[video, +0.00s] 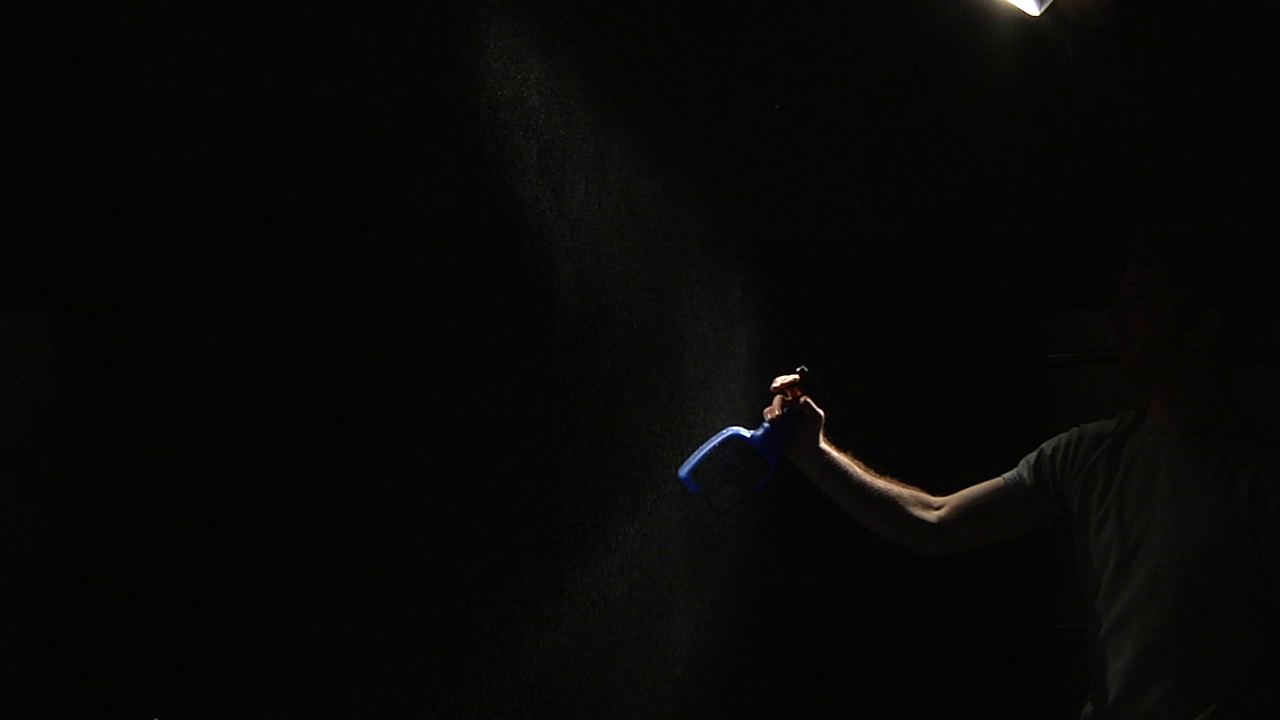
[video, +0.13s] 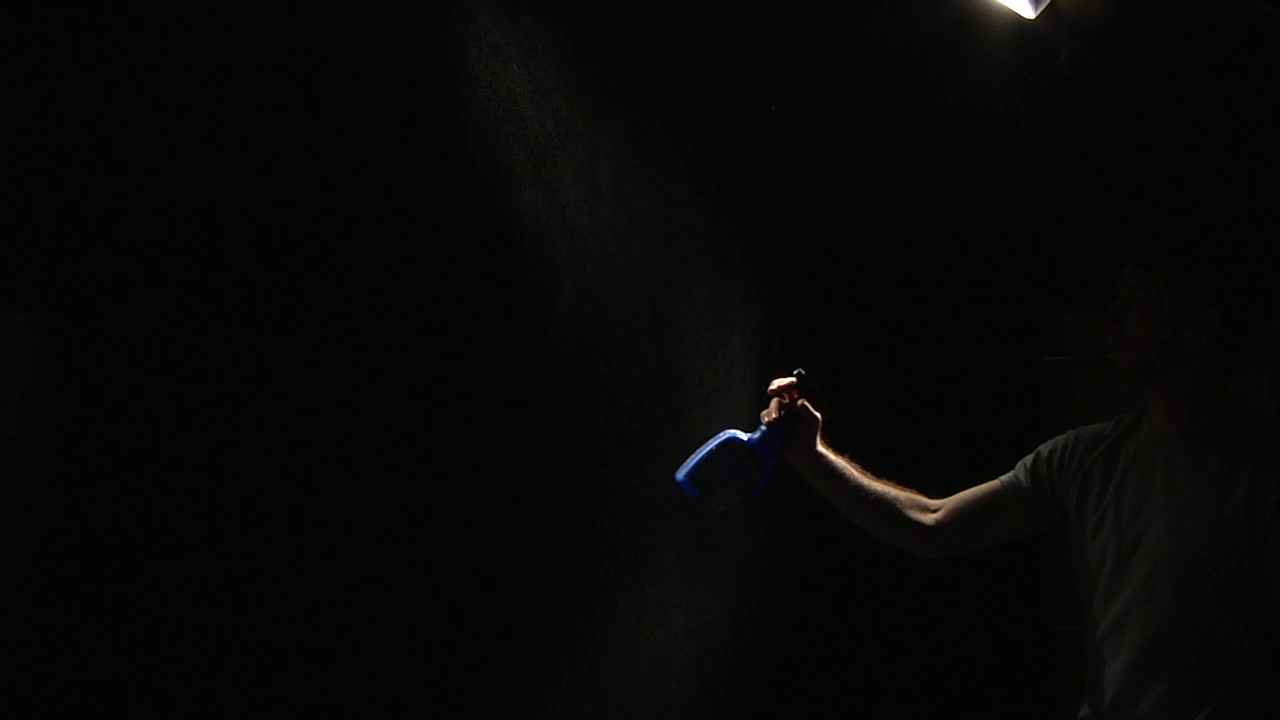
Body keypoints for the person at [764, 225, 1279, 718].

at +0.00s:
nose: (1120, 317)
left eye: (1143, 301)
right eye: (1123, 299)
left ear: (1204, 320)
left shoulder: (1258, 457)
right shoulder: (1088, 457)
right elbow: (934, 520)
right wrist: (813, 449)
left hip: (1233, 701)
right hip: (1118, 702)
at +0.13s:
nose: (1119, 322)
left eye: (1141, 304)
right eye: (1123, 304)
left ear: (1202, 322)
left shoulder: (1256, 458)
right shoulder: (1086, 459)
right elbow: (931, 522)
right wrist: (811, 451)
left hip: (1235, 698)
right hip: (1118, 701)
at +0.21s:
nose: (1120, 323)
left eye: (1142, 305)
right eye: (1123, 303)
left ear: (1200, 322)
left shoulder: (1254, 460)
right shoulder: (1085, 458)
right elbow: (929, 521)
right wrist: (809, 451)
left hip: (1232, 699)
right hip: (1116, 701)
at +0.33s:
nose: (1118, 326)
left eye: (1140, 309)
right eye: (1121, 308)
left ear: (1200, 326)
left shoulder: (1259, 464)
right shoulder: (1083, 460)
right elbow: (928, 525)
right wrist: (808, 452)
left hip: (1230, 701)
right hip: (1113, 702)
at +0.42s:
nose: (1115, 324)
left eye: (1138, 306)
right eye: (1120, 305)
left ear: (1198, 324)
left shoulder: (1256, 462)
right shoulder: (1084, 460)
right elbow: (929, 524)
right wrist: (809, 453)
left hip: (1233, 700)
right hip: (1114, 701)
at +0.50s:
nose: (1116, 325)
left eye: (1138, 307)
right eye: (1120, 306)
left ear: (1199, 327)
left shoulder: (1255, 461)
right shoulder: (1084, 463)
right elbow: (930, 527)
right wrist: (810, 456)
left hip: (1233, 699)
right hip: (1115, 700)